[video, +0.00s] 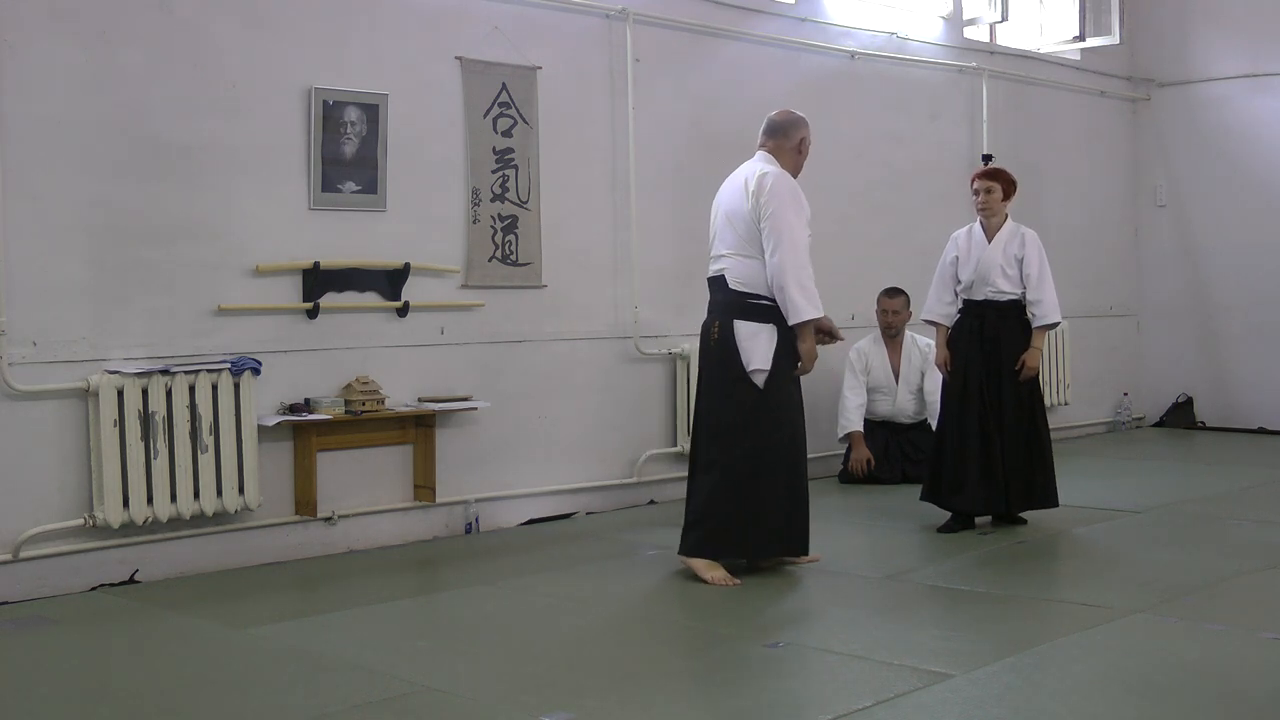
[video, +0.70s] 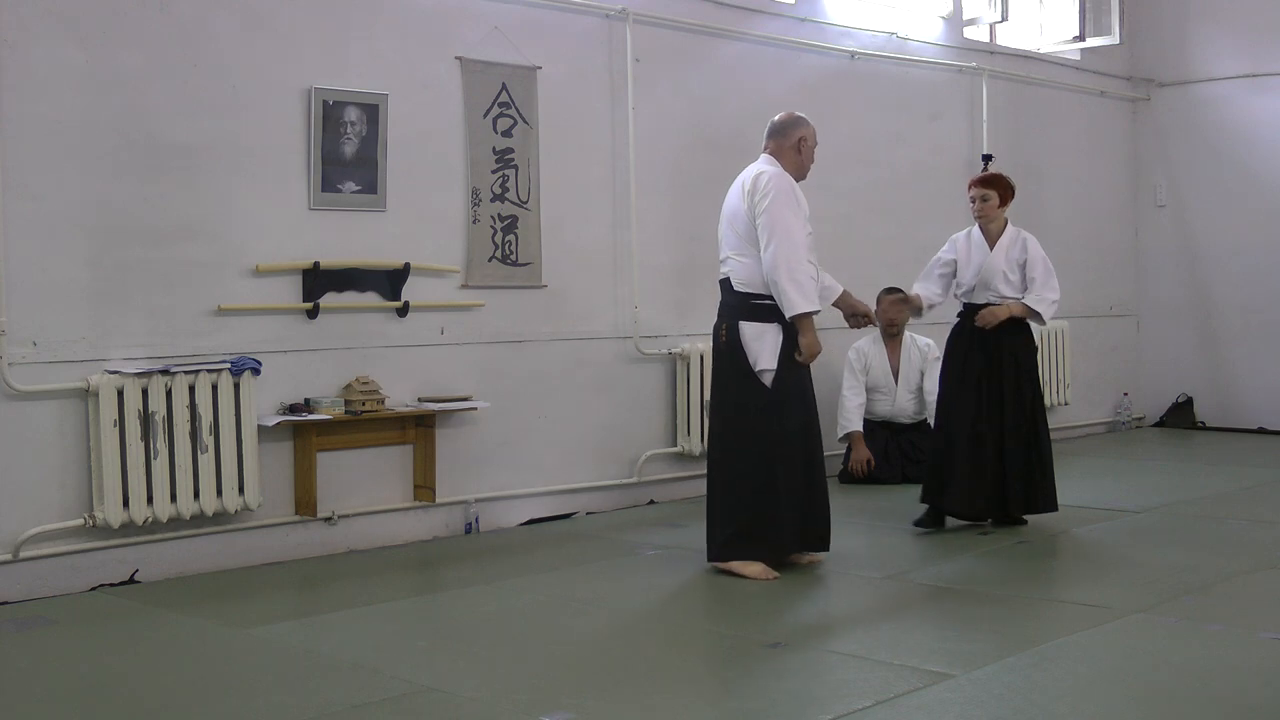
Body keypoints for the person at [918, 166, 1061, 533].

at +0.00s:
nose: (981, 199)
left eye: (989, 192)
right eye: (976, 193)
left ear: (1006, 197)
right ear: (972, 198)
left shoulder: (1024, 238)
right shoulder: (960, 239)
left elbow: (1041, 295)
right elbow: (944, 292)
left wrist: (1036, 346)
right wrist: (940, 342)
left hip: (1011, 331)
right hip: (969, 332)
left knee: (1011, 415)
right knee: (964, 416)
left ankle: (1007, 506)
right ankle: (963, 509)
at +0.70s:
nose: (977, 206)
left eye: (985, 200)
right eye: (973, 200)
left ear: (1004, 202)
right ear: (969, 203)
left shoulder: (1024, 244)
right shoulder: (960, 243)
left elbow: (1046, 298)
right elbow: (932, 287)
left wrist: (1007, 309)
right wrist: (910, 300)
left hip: (1010, 338)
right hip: (967, 336)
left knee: (1009, 419)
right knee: (953, 417)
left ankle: (1007, 507)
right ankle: (936, 507)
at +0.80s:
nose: (973, 210)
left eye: (980, 203)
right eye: (969, 205)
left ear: (999, 205)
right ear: (965, 209)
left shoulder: (1020, 246)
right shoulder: (957, 243)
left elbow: (1038, 298)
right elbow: (924, 272)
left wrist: (999, 303)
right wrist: (896, 286)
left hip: (1005, 339)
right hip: (964, 338)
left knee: (1006, 420)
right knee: (948, 418)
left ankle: (1007, 506)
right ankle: (916, 505)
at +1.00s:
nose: (954, 210)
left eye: (962, 203)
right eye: (949, 204)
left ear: (981, 207)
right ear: (945, 208)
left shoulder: (1000, 249)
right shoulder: (937, 244)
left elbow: (1014, 302)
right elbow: (901, 273)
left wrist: (972, 305)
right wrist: (868, 287)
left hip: (986, 345)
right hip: (943, 345)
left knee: (995, 424)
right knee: (926, 426)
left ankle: (1003, 508)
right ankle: (897, 515)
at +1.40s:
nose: (915, 205)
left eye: (923, 198)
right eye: (909, 199)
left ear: (941, 203)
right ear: (904, 204)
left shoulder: (960, 247)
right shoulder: (895, 243)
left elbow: (978, 304)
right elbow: (869, 281)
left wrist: (939, 314)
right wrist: (848, 309)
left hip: (947, 344)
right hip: (901, 343)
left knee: (955, 424)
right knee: (896, 428)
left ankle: (955, 512)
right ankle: (893, 519)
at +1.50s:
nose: (912, 207)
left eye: (921, 201)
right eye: (907, 201)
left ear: (938, 205)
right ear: (901, 207)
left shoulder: (958, 249)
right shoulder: (893, 246)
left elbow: (978, 305)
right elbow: (865, 285)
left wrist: (939, 318)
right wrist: (838, 311)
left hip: (945, 346)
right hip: (901, 346)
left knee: (951, 426)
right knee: (896, 430)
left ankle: (947, 514)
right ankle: (890, 520)